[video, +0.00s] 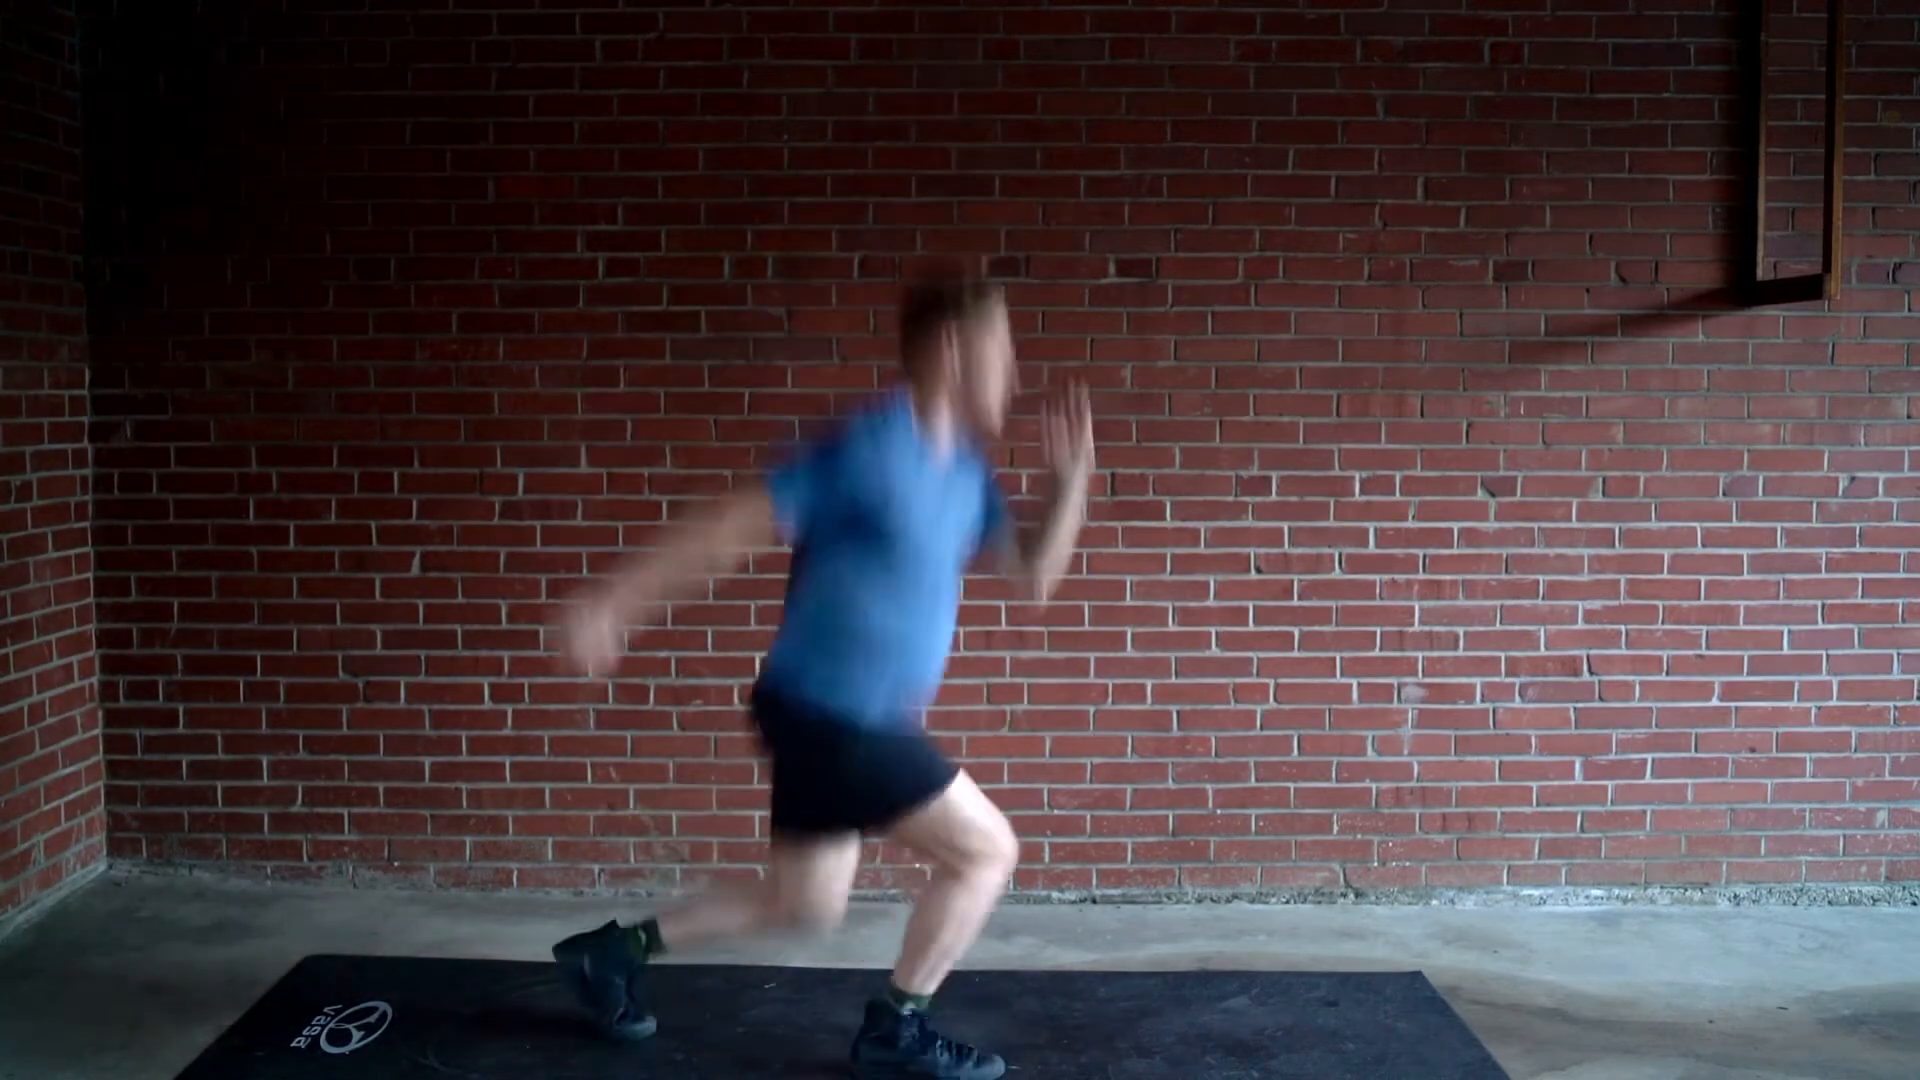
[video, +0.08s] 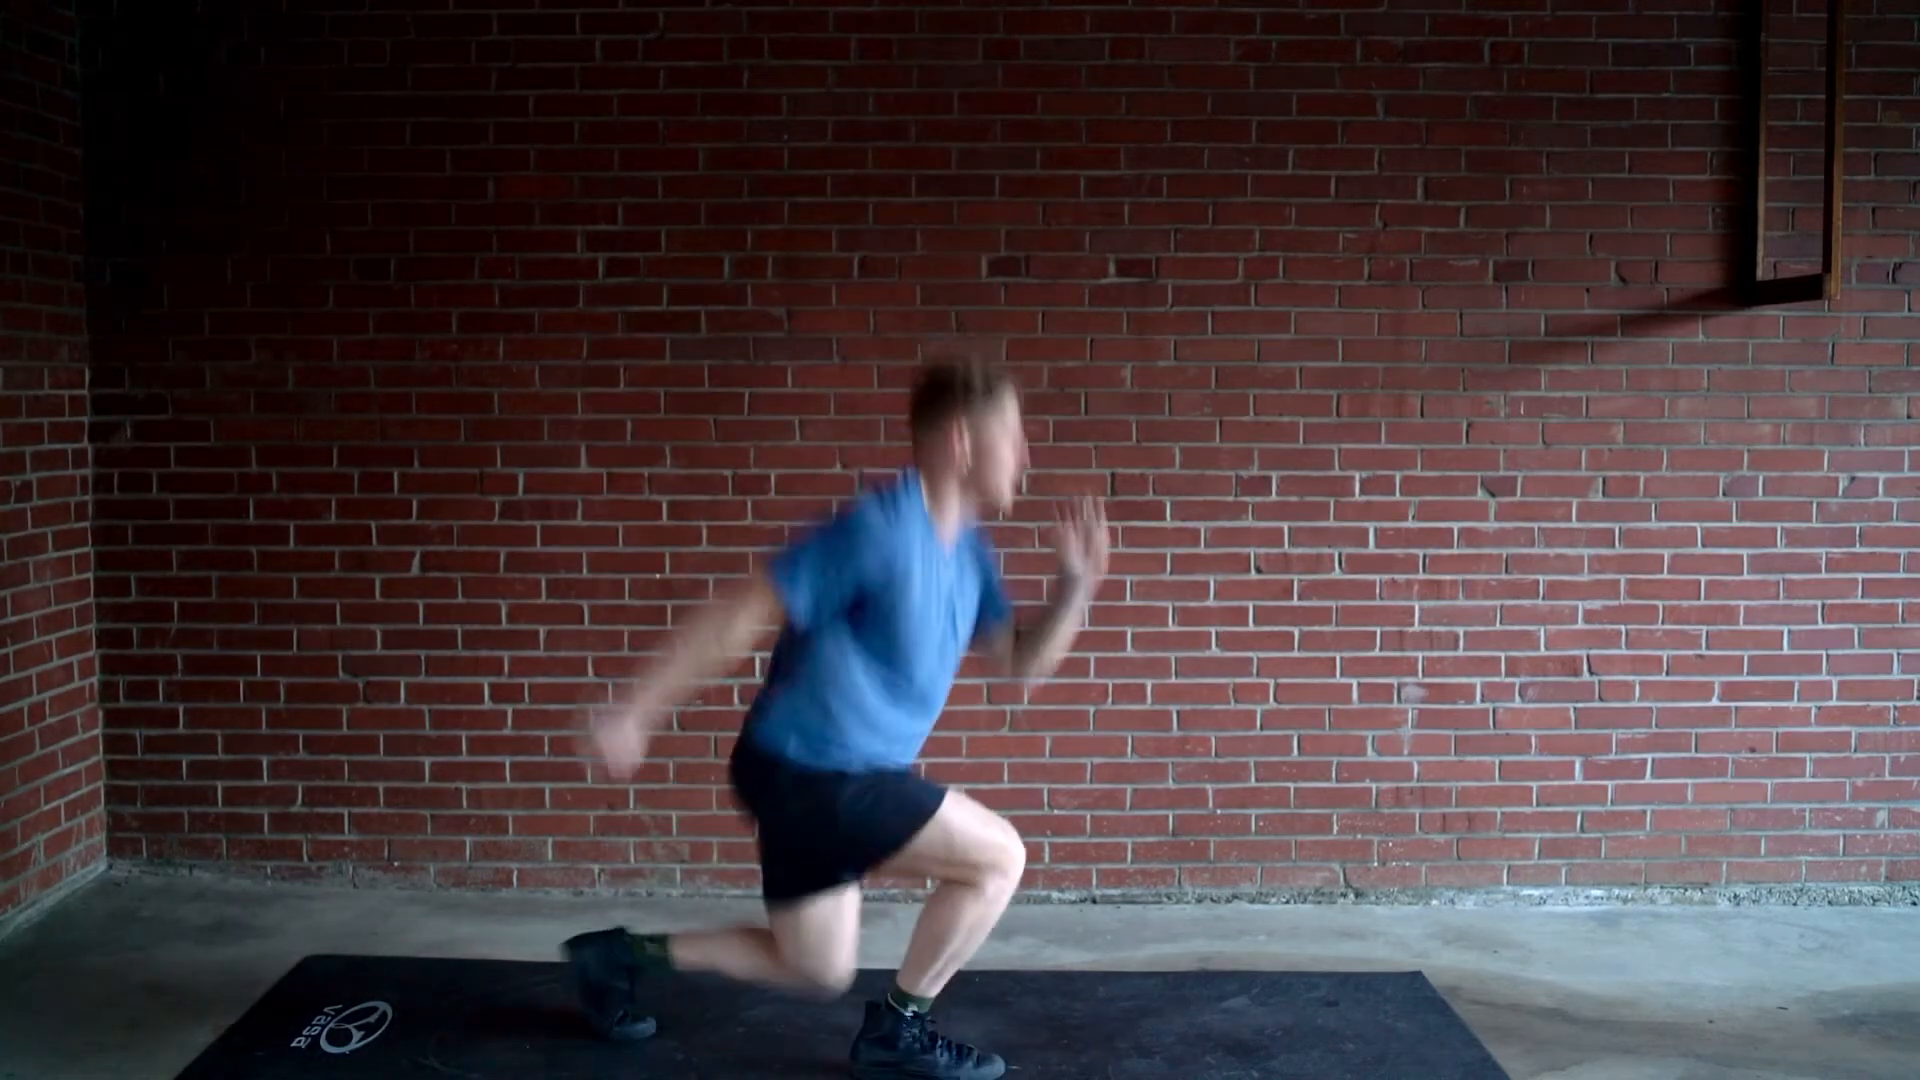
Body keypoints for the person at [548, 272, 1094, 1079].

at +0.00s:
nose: (1009, 363)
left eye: (1008, 342)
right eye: (994, 343)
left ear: (985, 349)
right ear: (942, 348)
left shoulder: (968, 467)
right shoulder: (869, 445)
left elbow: (1035, 578)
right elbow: (734, 524)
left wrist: (1072, 481)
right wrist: (611, 603)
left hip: (867, 713)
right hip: (818, 710)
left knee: (806, 903)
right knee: (985, 850)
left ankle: (617, 949)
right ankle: (897, 1027)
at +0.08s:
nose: (1024, 450)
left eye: (1021, 432)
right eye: (1012, 431)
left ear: (971, 445)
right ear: (959, 442)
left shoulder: (968, 550)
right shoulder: (876, 530)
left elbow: (1022, 666)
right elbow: (746, 609)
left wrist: (1076, 589)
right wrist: (636, 711)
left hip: (846, 773)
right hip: (802, 771)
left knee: (819, 964)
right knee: (996, 857)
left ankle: (626, 955)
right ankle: (898, 1029)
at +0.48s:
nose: (994, 423)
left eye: (989, 405)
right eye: (980, 406)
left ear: (936, 423)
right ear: (932, 421)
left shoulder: (951, 526)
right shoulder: (884, 511)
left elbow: (1015, 625)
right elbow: (756, 604)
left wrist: (1060, 536)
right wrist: (665, 720)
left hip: (830, 757)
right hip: (797, 756)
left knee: (809, 948)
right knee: (993, 849)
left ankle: (616, 954)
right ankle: (898, 1028)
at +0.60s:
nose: (963, 292)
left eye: (960, 275)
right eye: (944, 275)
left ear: (943, 288)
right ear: (898, 289)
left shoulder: (942, 392)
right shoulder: (881, 382)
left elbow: (1001, 473)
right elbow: (777, 457)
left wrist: (1052, 410)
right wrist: (749, 605)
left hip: (840, 662)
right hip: (841, 665)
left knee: (776, 837)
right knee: (964, 831)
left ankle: (614, 945)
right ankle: (896, 1025)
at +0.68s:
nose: (951, 193)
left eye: (950, 176)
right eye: (935, 175)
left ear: (928, 190)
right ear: (886, 187)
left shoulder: (922, 284)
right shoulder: (870, 274)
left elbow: (934, 383)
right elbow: (797, 395)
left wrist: (1035, 388)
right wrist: (845, 519)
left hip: (853, 543)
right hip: (844, 548)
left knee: (763, 731)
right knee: (871, 771)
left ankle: (669, 891)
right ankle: (901, 979)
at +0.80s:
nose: (960, 108)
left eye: (957, 90)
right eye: (946, 89)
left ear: (903, 100)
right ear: (896, 97)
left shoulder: (898, 199)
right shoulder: (871, 189)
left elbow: (898, 338)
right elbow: (870, 331)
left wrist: (906, 452)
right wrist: (1013, 321)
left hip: (857, 461)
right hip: (841, 459)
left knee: (831, 668)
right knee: (849, 671)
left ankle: (767, 850)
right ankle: (770, 853)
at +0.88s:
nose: (969, 98)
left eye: (967, 81)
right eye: (958, 81)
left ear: (908, 86)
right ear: (910, 84)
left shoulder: (895, 176)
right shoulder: (875, 178)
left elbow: (909, 308)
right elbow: (946, 307)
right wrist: (1043, 231)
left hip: (867, 451)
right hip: (833, 450)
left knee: (877, 648)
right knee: (825, 667)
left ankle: (824, 841)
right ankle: (685, 832)